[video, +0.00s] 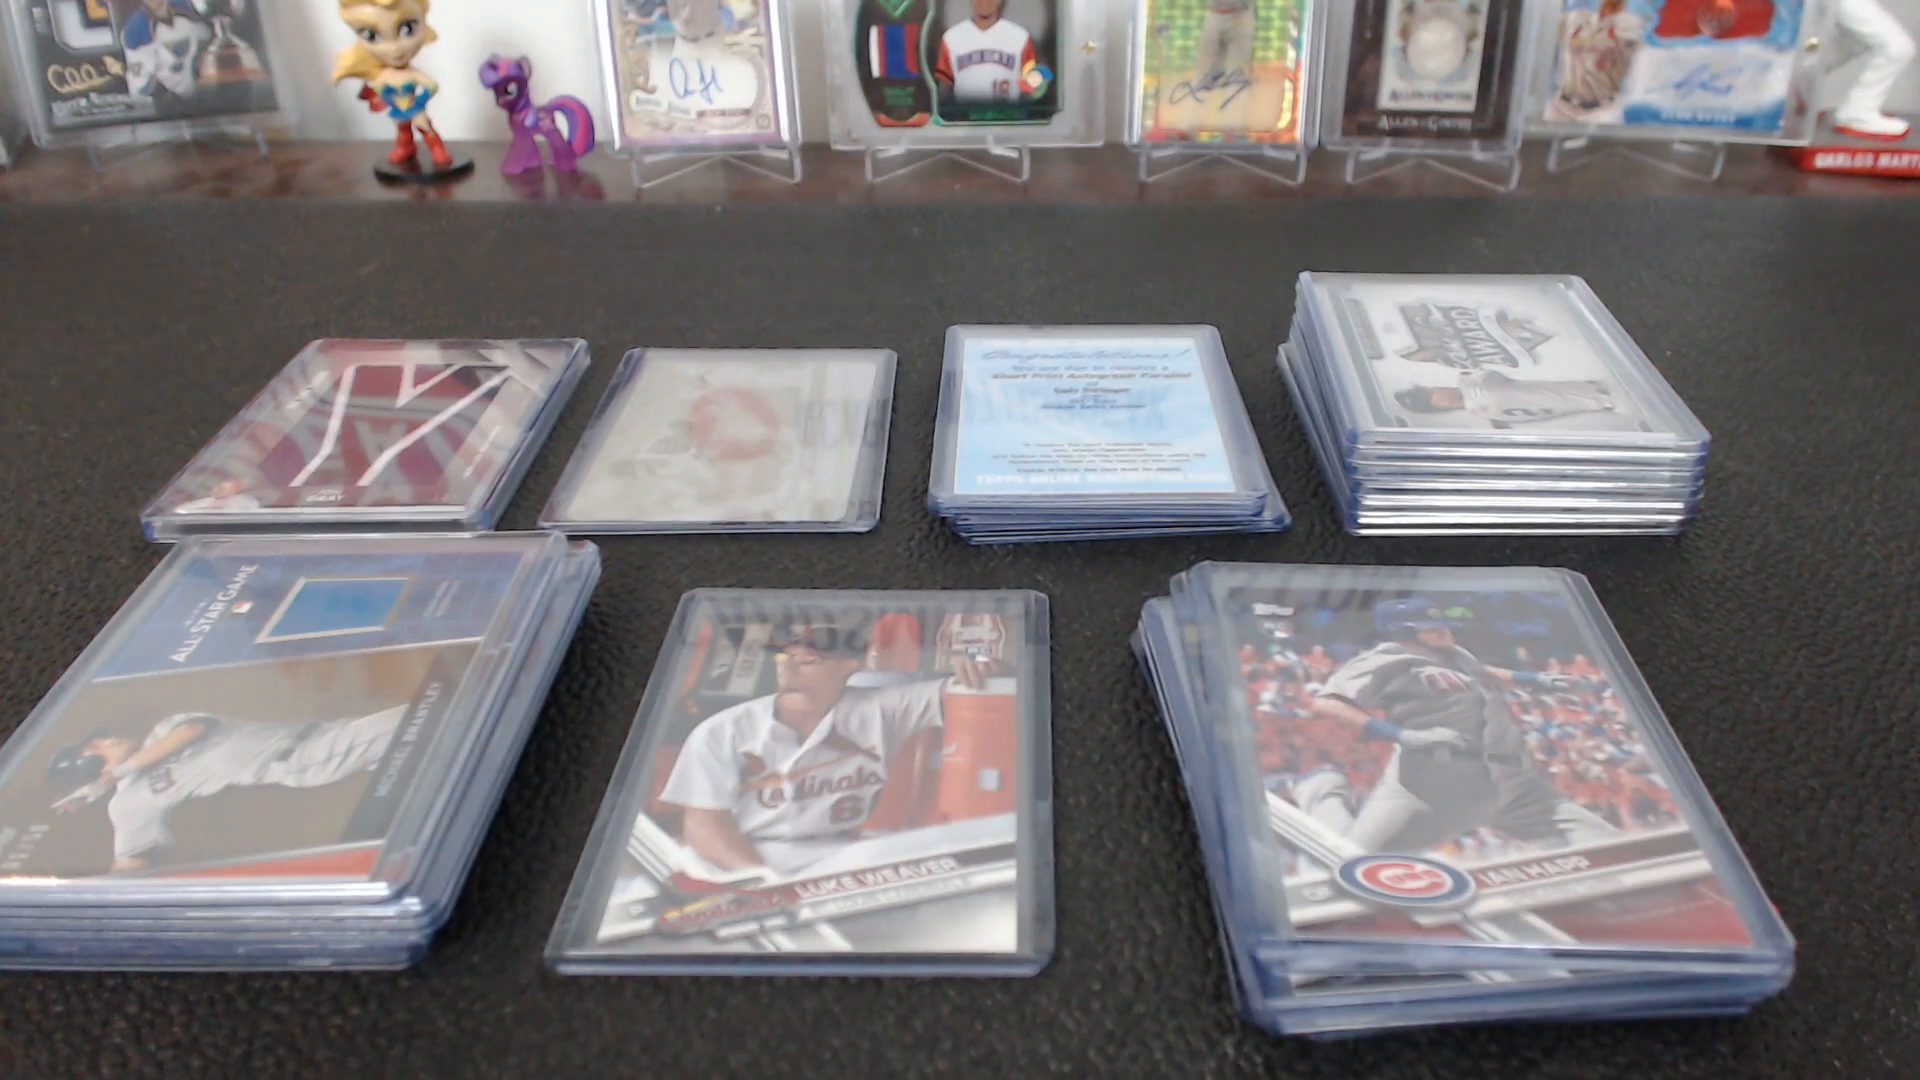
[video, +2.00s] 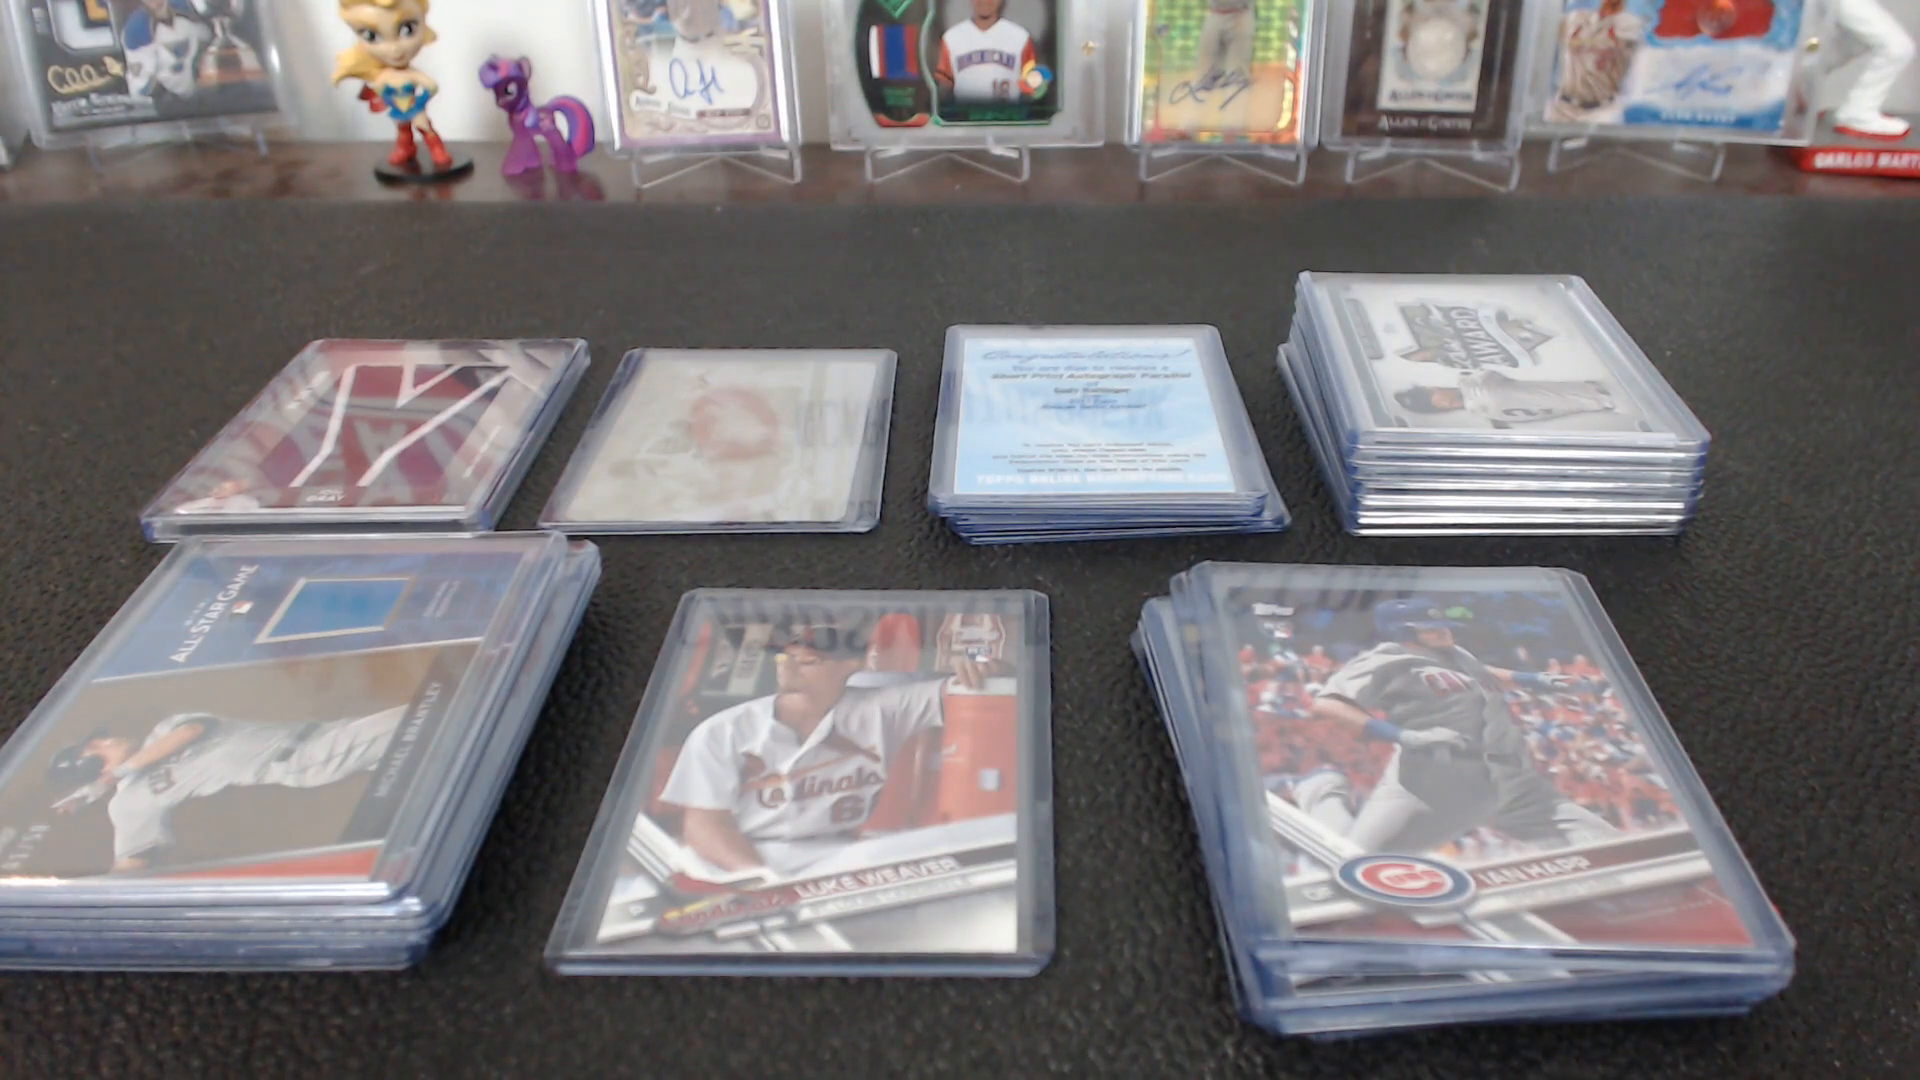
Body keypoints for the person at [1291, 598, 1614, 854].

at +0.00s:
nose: (1446, 631)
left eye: (1446, 622)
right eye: (1434, 623)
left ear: (1447, 624)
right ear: (1406, 628)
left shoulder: (1458, 657)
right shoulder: (1388, 659)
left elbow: (1489, 676)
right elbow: (1328, 703)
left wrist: (1538, 681)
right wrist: (1403, 735)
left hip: (1508, 789)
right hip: (1426, 796)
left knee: (1611, 847)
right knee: (1352, 866)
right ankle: (1321, 792)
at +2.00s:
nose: (1446, 630)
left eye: (1446, 622)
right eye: (1434, 623)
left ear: (1447, 625)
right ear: (1406, 629)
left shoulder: (1459, 657)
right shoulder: (1388, 659)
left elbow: (1490, 676)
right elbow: (1328, 704)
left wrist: (1539, 682)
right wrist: (1404, 736)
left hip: (1511, 790)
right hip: (1427, 798)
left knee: (1614, 850)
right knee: (1352, 869)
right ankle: (1321, 792)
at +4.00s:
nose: (1445, 631)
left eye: (1444, 622)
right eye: (1433, 623)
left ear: (1445, 625)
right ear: (1405, 629)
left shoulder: (1458, 657)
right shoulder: (1386, 659)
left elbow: (1490, 677)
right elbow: (1328, 704)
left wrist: (1541, 682)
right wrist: (1404, 736)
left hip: (1508, 788)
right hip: (1429, 794)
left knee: (1610, 847)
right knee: (1351, 870)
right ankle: (1322, 793)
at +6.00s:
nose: (1446, 629)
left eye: (1446, 621)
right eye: (1434, 621)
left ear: (1448, 624)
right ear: (1407, 627)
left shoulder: (1459, 657)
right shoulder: (1386, 660)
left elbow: (1490, 677)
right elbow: (1328, 705)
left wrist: (1539, 682)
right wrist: (1404, 736)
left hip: (1509, 789)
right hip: (1428, 796)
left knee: (1611, 848)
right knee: (1354, 865)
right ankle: (1321, 793)